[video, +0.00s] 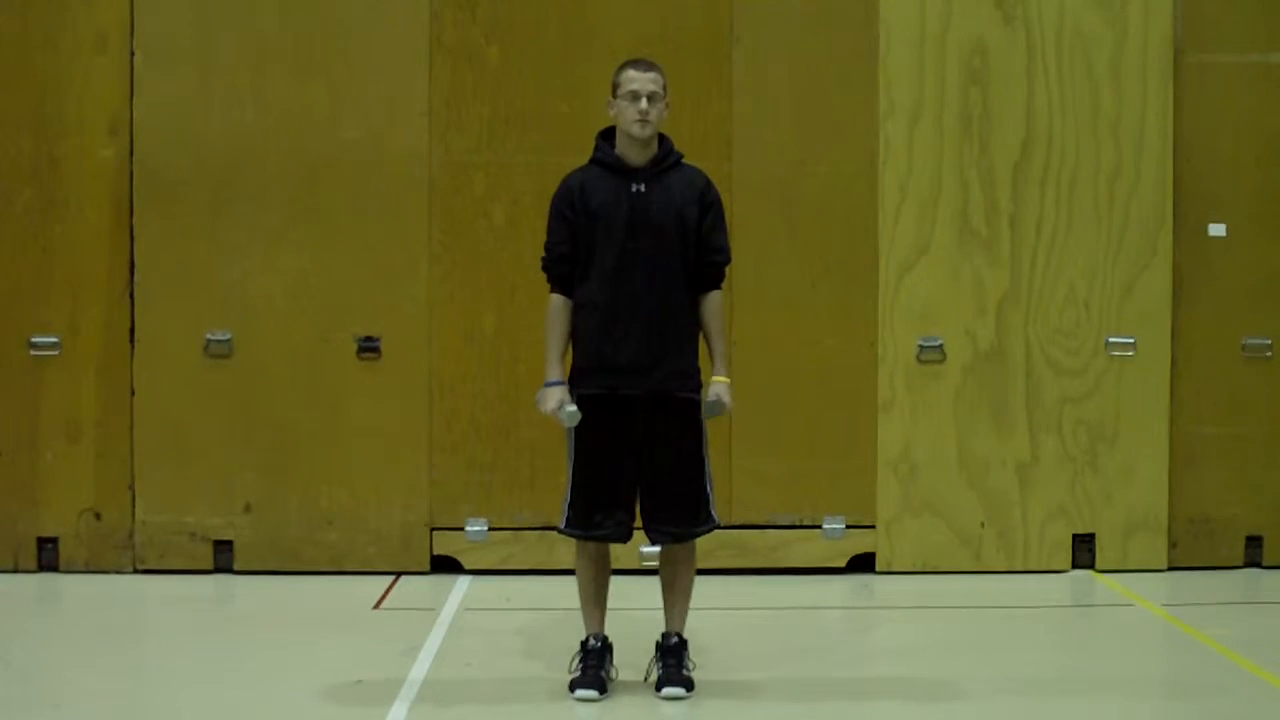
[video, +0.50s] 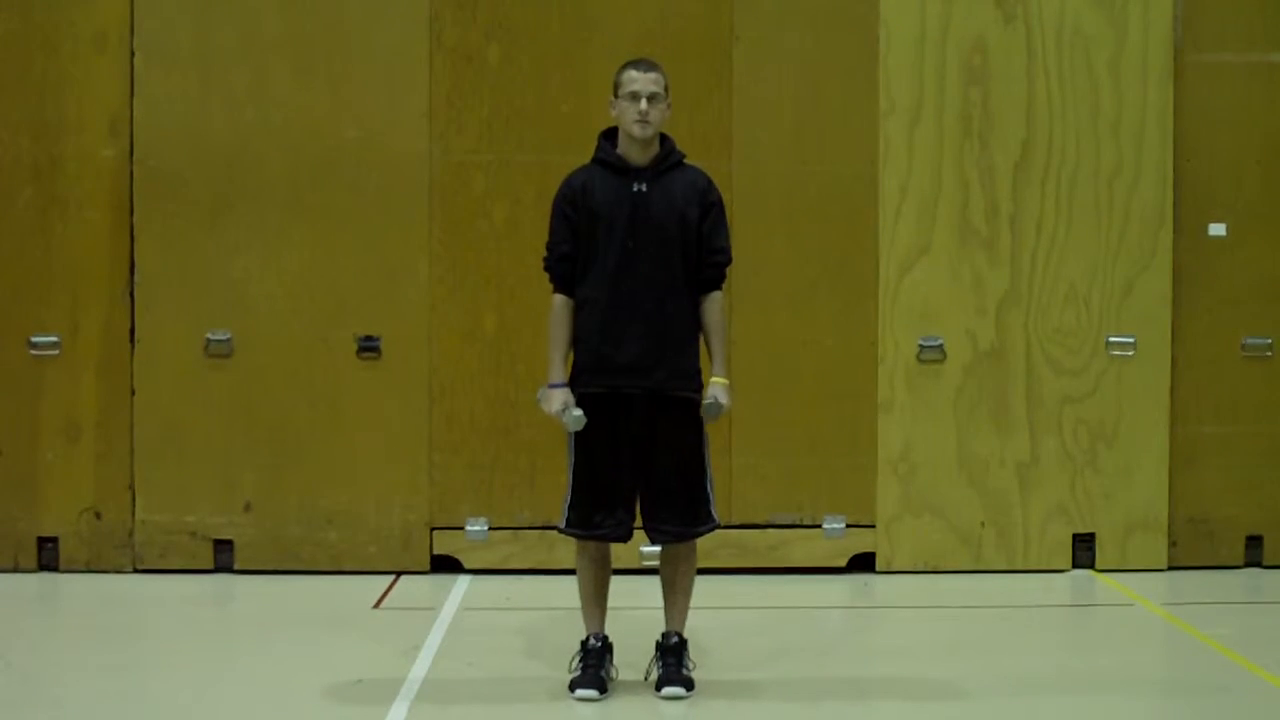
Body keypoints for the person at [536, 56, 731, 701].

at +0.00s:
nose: (644, 107)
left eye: (654, 98)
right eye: (633, 97)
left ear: (667, 110)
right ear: (611, 107)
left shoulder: (694, 188)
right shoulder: (579, 188)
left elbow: (710, 287)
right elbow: (560, 290)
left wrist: (720, 370)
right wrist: (554, 377)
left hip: (674, 383)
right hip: (598, 384)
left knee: (678, 523)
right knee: (593, 522)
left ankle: (673, 648)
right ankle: (594, 647)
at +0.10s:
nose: (644, 107)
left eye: (654, 99)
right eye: (633, 97)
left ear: (667, 110)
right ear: (612, 107)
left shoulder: (694, 187)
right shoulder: (579, 187)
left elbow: (710, 286)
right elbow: (560, 289)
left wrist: (721, 368)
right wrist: (553, 375)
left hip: (674, 382)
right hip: (598, 383)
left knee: (678, 522)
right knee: (593, 520)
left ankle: (673, 646)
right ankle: (594, 646)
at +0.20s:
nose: (644, 108)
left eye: (654, 99)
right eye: (634, 98)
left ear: (667, 110)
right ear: (612, 106)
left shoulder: (694, 187)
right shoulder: (579, 188)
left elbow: (711, 286)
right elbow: (560, 290)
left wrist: (721, 368)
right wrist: (554, 376)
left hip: (673, 383)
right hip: (599, 383)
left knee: (678, 522)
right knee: (593, 521)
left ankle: (673, 647)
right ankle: (594, 646)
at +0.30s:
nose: (644, 108)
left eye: (654, 99)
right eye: (633, 98)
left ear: (667, 110)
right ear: (612, 107)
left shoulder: (695, 188)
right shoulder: (579, 188)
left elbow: (711, 286)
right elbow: (560, 290)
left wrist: (721, 368)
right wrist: (555, 376)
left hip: (673, 383)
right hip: (598, 383)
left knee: (678, 522)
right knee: (593, 522)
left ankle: (673, 647)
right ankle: (594, 646)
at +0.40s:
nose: (644, 108)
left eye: (654, 99)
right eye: (633, 98)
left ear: (668, 109)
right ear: (613, 107)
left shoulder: (695, 188)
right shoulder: (580, 188)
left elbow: (711, 287)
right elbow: (561, 290)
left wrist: (720, 370)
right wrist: (556, 377)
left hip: (673, 383)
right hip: (598, 383)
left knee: (678, 522)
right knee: (593, 522)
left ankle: (673, 647)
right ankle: (594, 646)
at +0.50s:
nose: (644, 108)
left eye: (655, 99)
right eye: (634, 98)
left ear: (669, 109)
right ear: (613, 107)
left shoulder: (696, 188)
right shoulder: (580, 188)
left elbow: (711, 289)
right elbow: (563, 291)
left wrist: (719, 373)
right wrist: (556, 379)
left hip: (674, 384)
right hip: (599, 384)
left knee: (679, 523)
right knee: (594, 522)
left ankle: (673, 647)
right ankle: (594, 647)